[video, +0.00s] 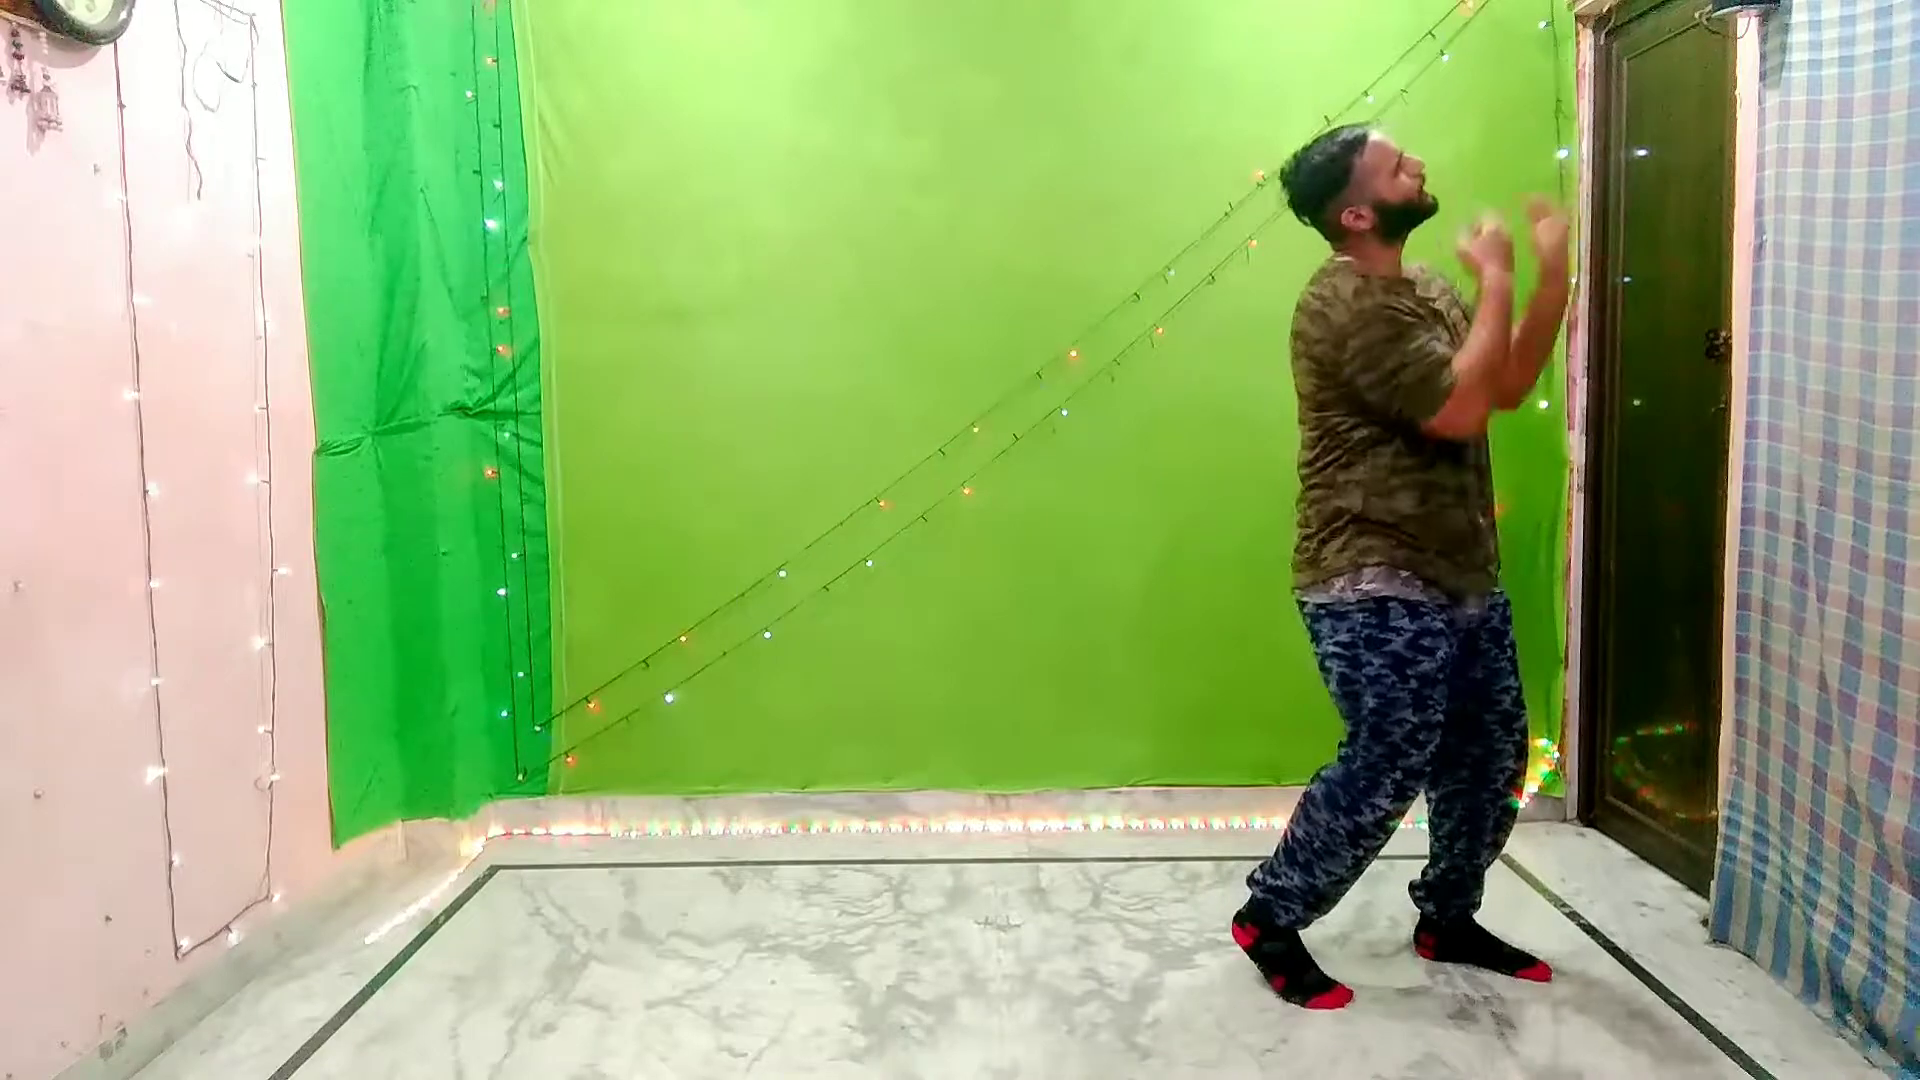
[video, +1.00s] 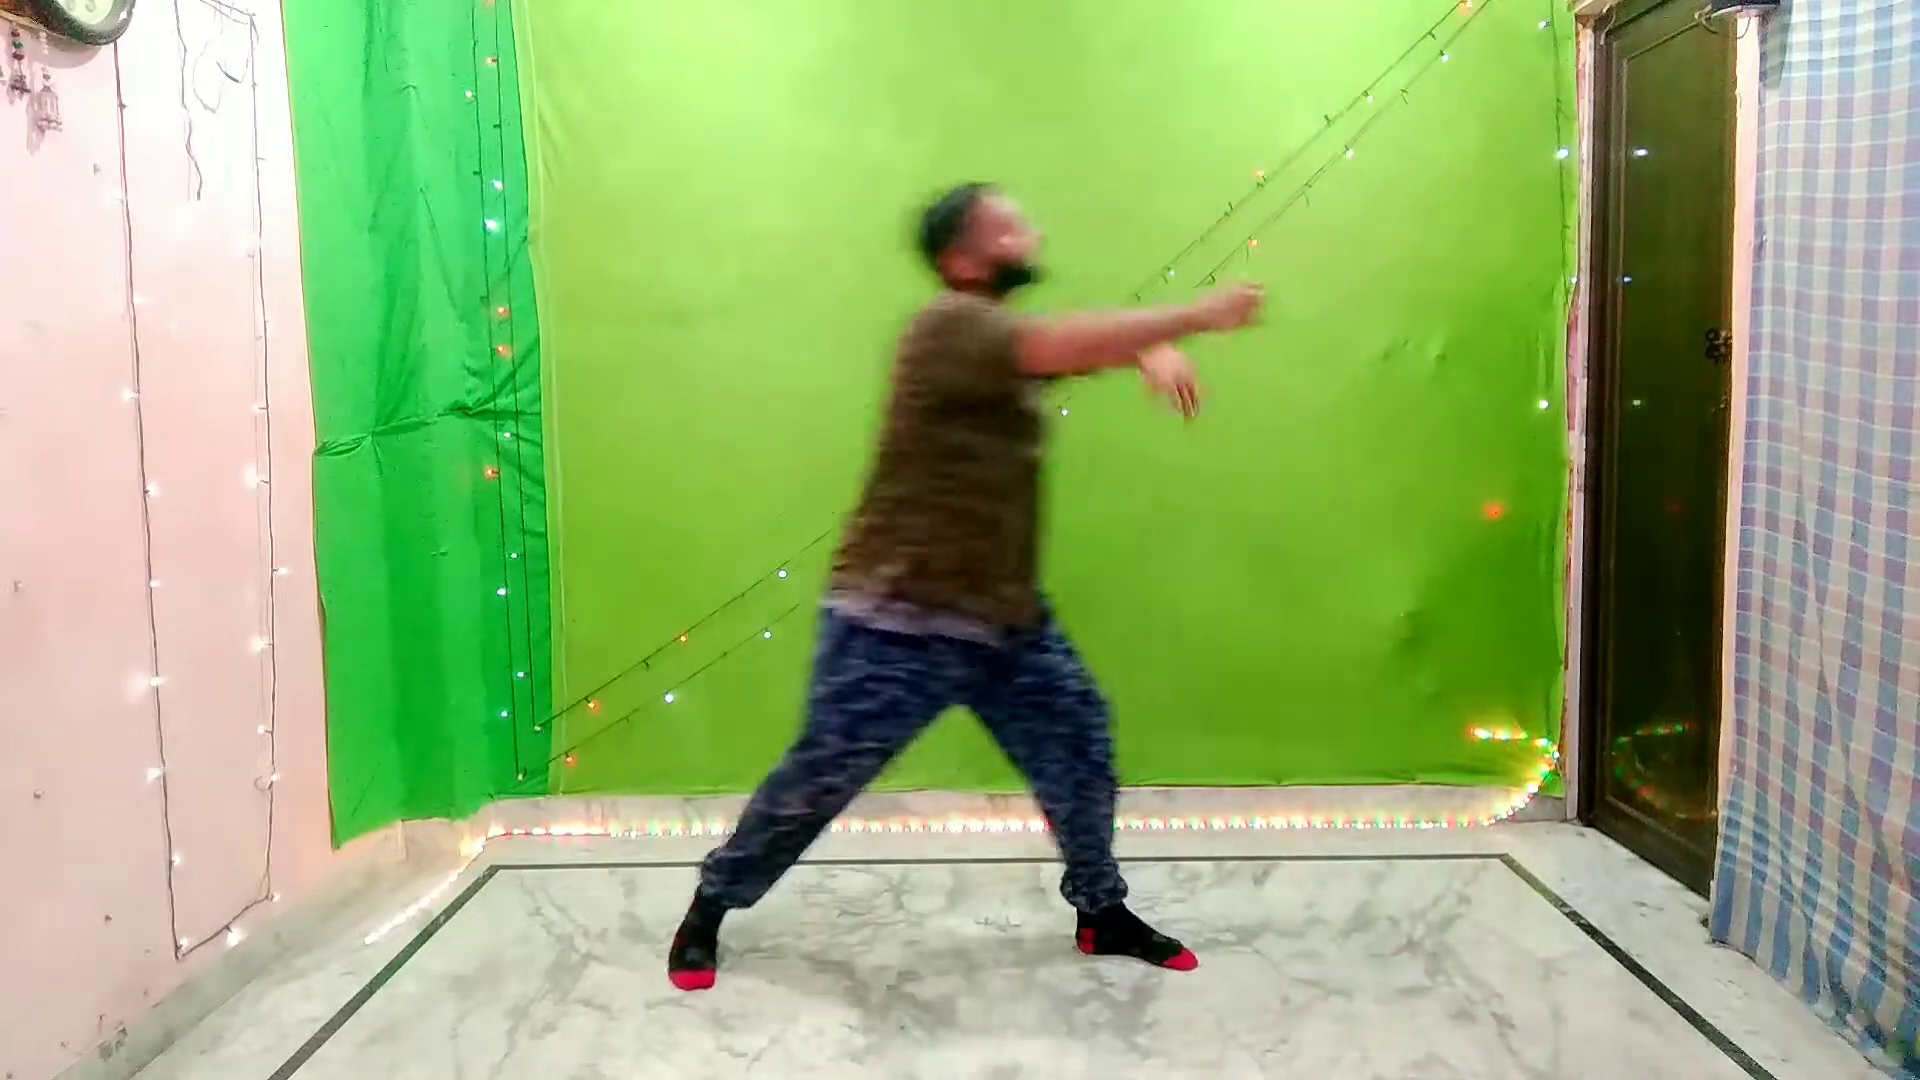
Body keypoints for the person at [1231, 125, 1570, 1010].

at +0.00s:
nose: (1412, 157)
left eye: (1398, 147)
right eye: (1391, 159)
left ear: (1371, 212)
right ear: (1357, 214)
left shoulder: (1428, 292)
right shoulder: (1346, 301)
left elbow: (1508, 384)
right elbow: (1456, 410)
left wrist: (1555, 277)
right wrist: (1496, 282)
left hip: (1458, 569)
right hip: (1368, 571)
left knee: (1490, 746)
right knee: (1393, 747)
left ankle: (1448, 917)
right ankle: (1271, 917)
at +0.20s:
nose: (1350, 141)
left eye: (1336, 132)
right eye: (1326, 139)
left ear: (1295, 194)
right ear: (1293, 189)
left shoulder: (1332, 282)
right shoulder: (1295, 277)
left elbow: (1399, 418)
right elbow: (1454, 306)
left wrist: (1478, 498)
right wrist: (1454, 171)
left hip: (1393, 563)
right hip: (1324, 566)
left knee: (1440, 733)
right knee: (1341, 743)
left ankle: (1451, 898)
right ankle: (1265, 916)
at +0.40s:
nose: (1264, 125)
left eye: (1251, 115)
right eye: (1244, 118)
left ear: (1206, 159)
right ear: (1210, 153)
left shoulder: (1223, 235)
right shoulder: (1220, 235)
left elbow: (1350, 173)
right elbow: (1361, 174)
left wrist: (1390, 44)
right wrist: (1394, 29)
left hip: (1258, 536)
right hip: (1259, 541)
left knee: (1279, 719)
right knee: (1286, 733)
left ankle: (1215, 853)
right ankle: (1262, 921)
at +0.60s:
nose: (1221, 146)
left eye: (1209, 136)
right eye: (1200, 146)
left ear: (1181, 197)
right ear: (1170, 196)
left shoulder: (1206, 265)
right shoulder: (1173, 269)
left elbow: (1293, 333)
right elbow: (1297, 333)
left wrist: (1320, 205)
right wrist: (1324, 203)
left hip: (1172, 550)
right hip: (1139, 551)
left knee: (1187, 726)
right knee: (1193, 729)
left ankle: (1124, 892)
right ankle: (1143, 908)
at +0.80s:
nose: (1151, 232)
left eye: (1140, 220)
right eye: (1130, 228)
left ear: (1101, 265)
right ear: (1092, 262)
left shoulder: (1116, 341)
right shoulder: (1083, 341)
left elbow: (1178, 409)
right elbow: (1202, 411)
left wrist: (1197, 466)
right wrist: (1293, 332)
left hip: (1068, 614)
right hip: (985, 607)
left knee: (1140, 733)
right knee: (898, 763)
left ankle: (1109, 911)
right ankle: (754, 882)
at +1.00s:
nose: (1022, 229)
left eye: (1015, 218)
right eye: (1004, 221)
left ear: (987, 250)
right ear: (962, 252)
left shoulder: (1001, 332)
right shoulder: (947, 330)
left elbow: (1081, 338)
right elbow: (1059, 348)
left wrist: (1147, 351)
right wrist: (1197, 312)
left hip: (999, 616)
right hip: (897, 614)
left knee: (1076, 739)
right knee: (826, 771)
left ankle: (1102, 911)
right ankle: (710, 904)